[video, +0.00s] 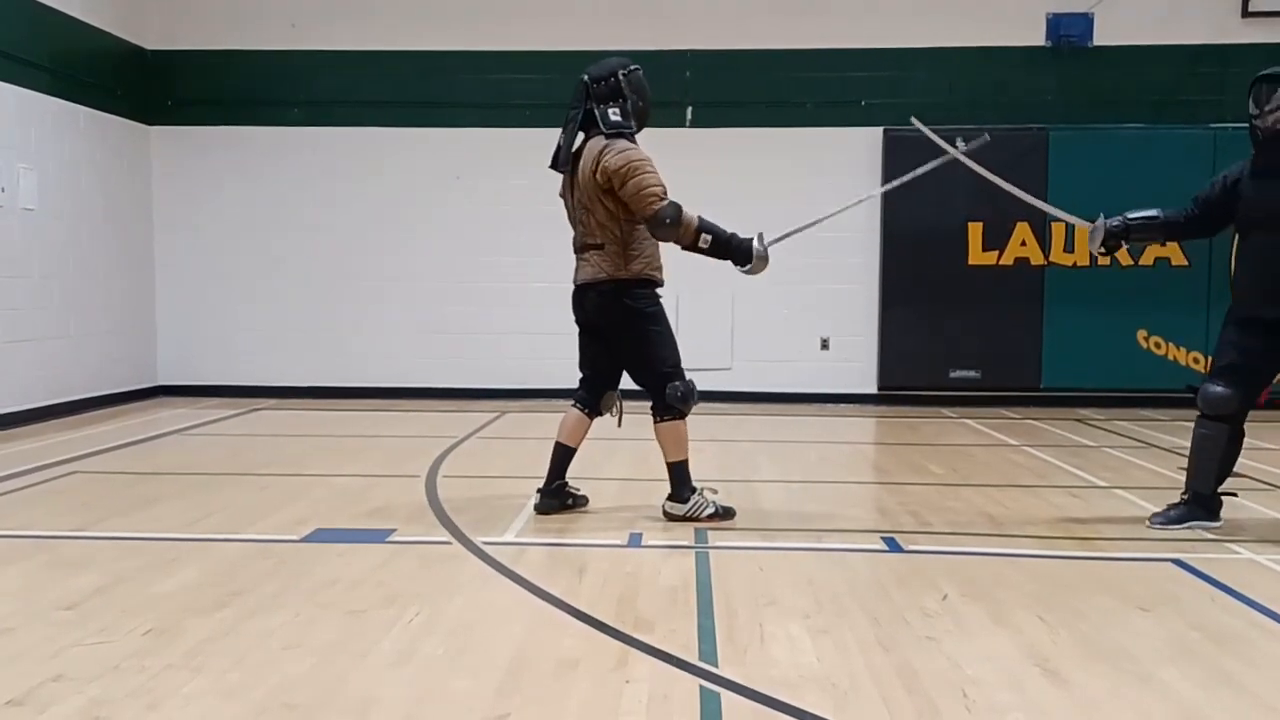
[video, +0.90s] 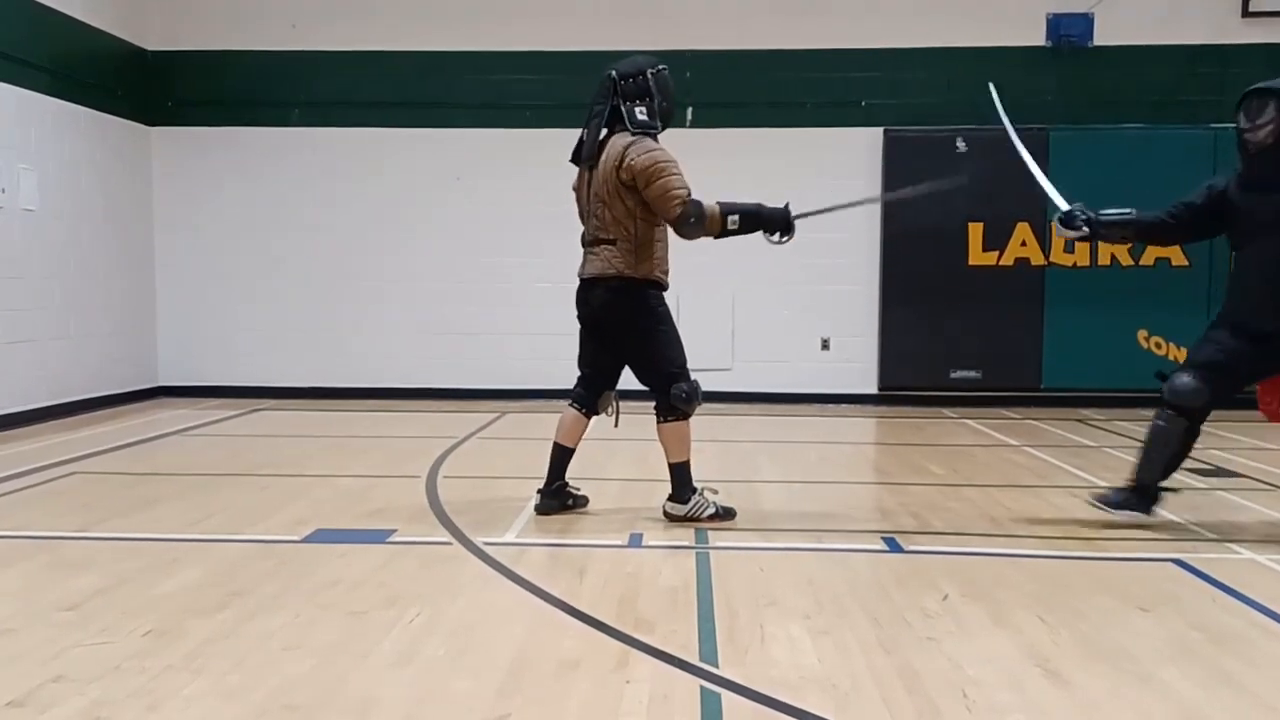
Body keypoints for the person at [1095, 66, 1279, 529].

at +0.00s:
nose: (1270, 118)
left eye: (1277, 110)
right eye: (1267, 110)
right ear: (1256, 117)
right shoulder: (1252, 173)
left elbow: (1199, 218)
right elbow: (1199, 218)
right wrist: (1127, 226)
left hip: (1270, 313)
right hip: (1255, 311)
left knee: (1224, 396)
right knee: (1220, 397)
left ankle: (1201, 498)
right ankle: (1200, 500)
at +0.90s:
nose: (1253, 128)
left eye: (1265, 117)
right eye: (1248, 118)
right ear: (1240, 126)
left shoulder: (1269, 184)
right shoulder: (1238, 190)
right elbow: (1174, 224)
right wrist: (1097, 223)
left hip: (1269, 322)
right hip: (1250, 320)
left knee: (1191, 388)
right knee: (1186, 389)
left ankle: (1143, 488)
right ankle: (1142, 490)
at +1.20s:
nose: (1140, 154)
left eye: (1153, 144)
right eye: (1136, 146)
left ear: (1185, 148)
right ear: (1129, 151)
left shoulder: (1234, 201)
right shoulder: (1126, 207)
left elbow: (1279, 220)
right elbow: (1066, 215)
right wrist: (1004, 196)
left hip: (1232, 346)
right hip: (1151, 346)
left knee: (1278, 439)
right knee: (1093, 398)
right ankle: (1079, 500)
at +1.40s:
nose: (1114, 154)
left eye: (1126, 143)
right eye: (1111, 145)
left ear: (1159, 147)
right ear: (1104, 151)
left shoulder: (1206, 201)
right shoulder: (1106, 209)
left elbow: (1271, 227)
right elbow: (1054, 237)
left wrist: (1221, 277)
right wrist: (1002, 226)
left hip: (1208, 345)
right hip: (1132, 344)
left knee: (1257, 440)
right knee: (1075, 395)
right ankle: (1075, 500)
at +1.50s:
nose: (1133, 147)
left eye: (1146, 138)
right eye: (1132, 139)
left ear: (1180, 143)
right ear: (1128, 145)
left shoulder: (1231, 203)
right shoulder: (1121, 204)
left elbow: (1277, 246)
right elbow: (1065, 242)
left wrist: (1229, 281)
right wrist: (1001, 247)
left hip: (1213, 347)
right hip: (1134, 343)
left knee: (1255, 442)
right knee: (1080, 395)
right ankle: (1077, 500)